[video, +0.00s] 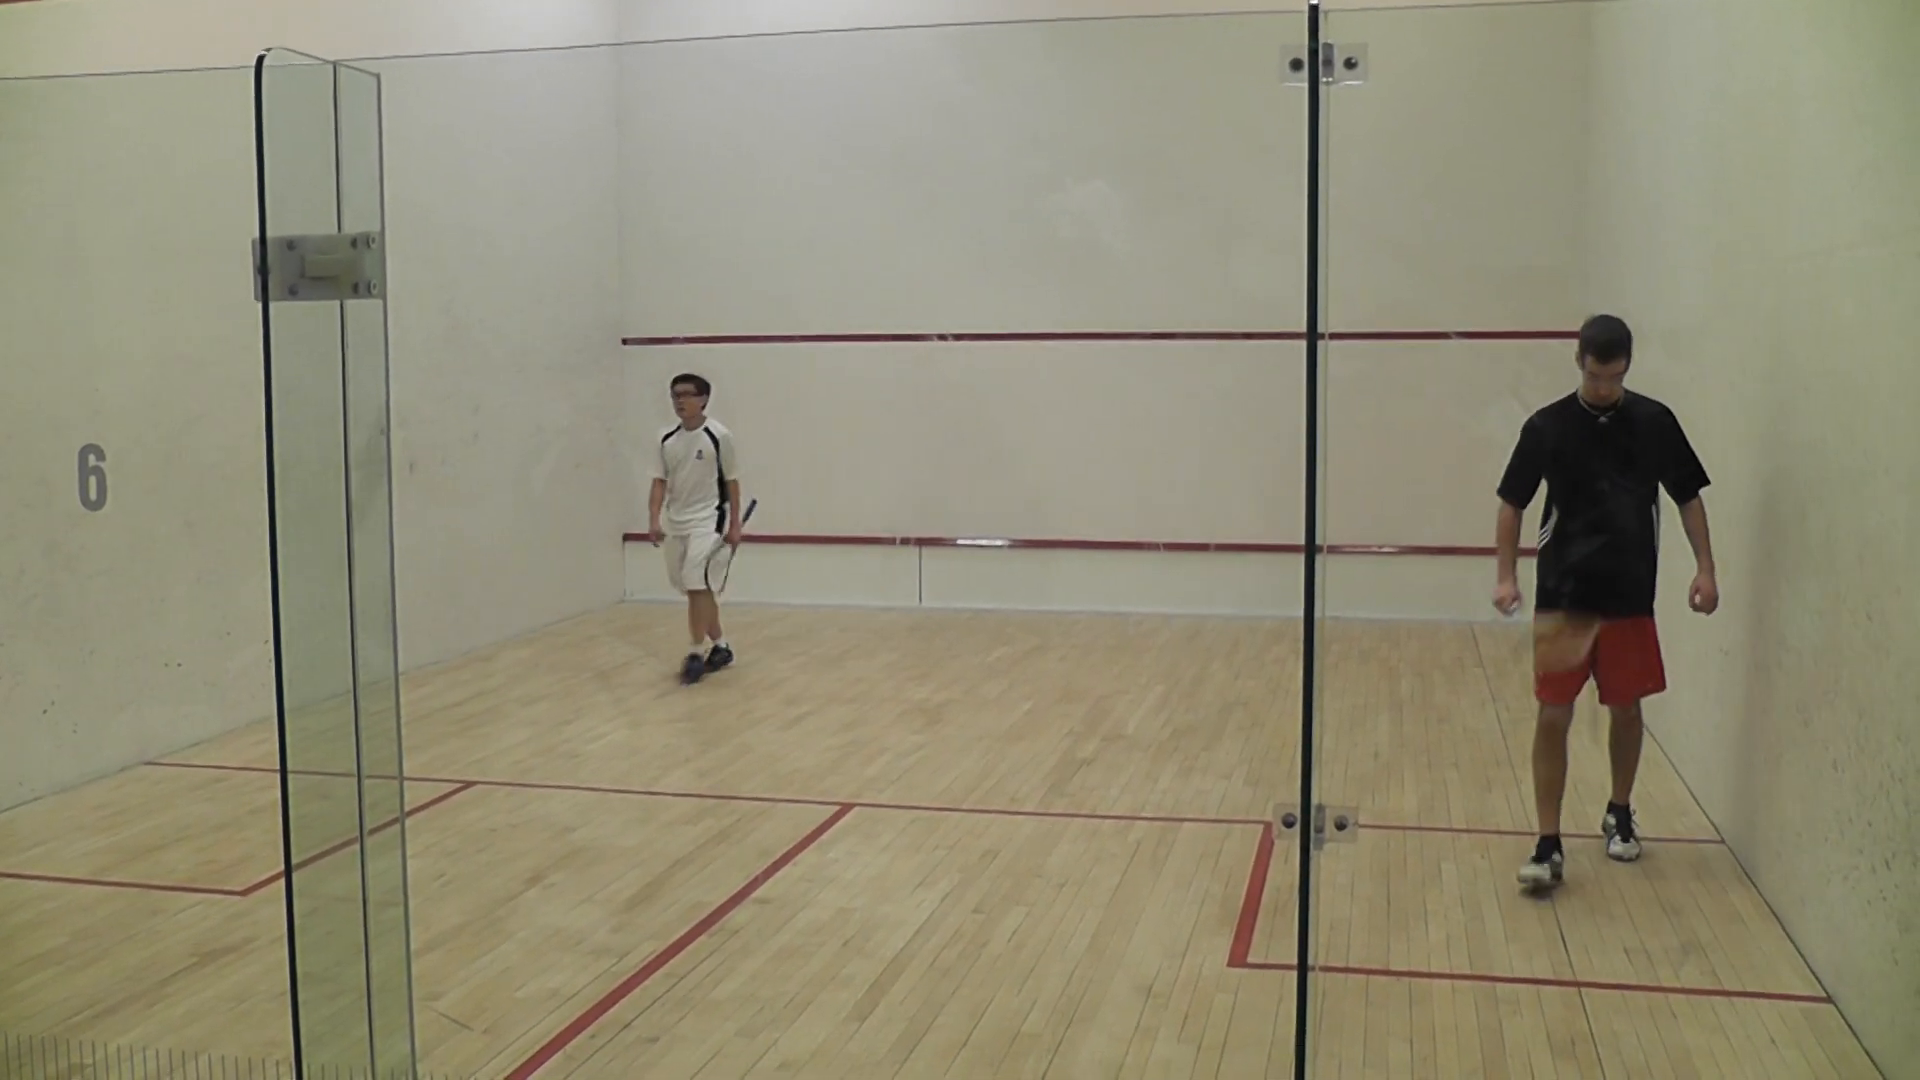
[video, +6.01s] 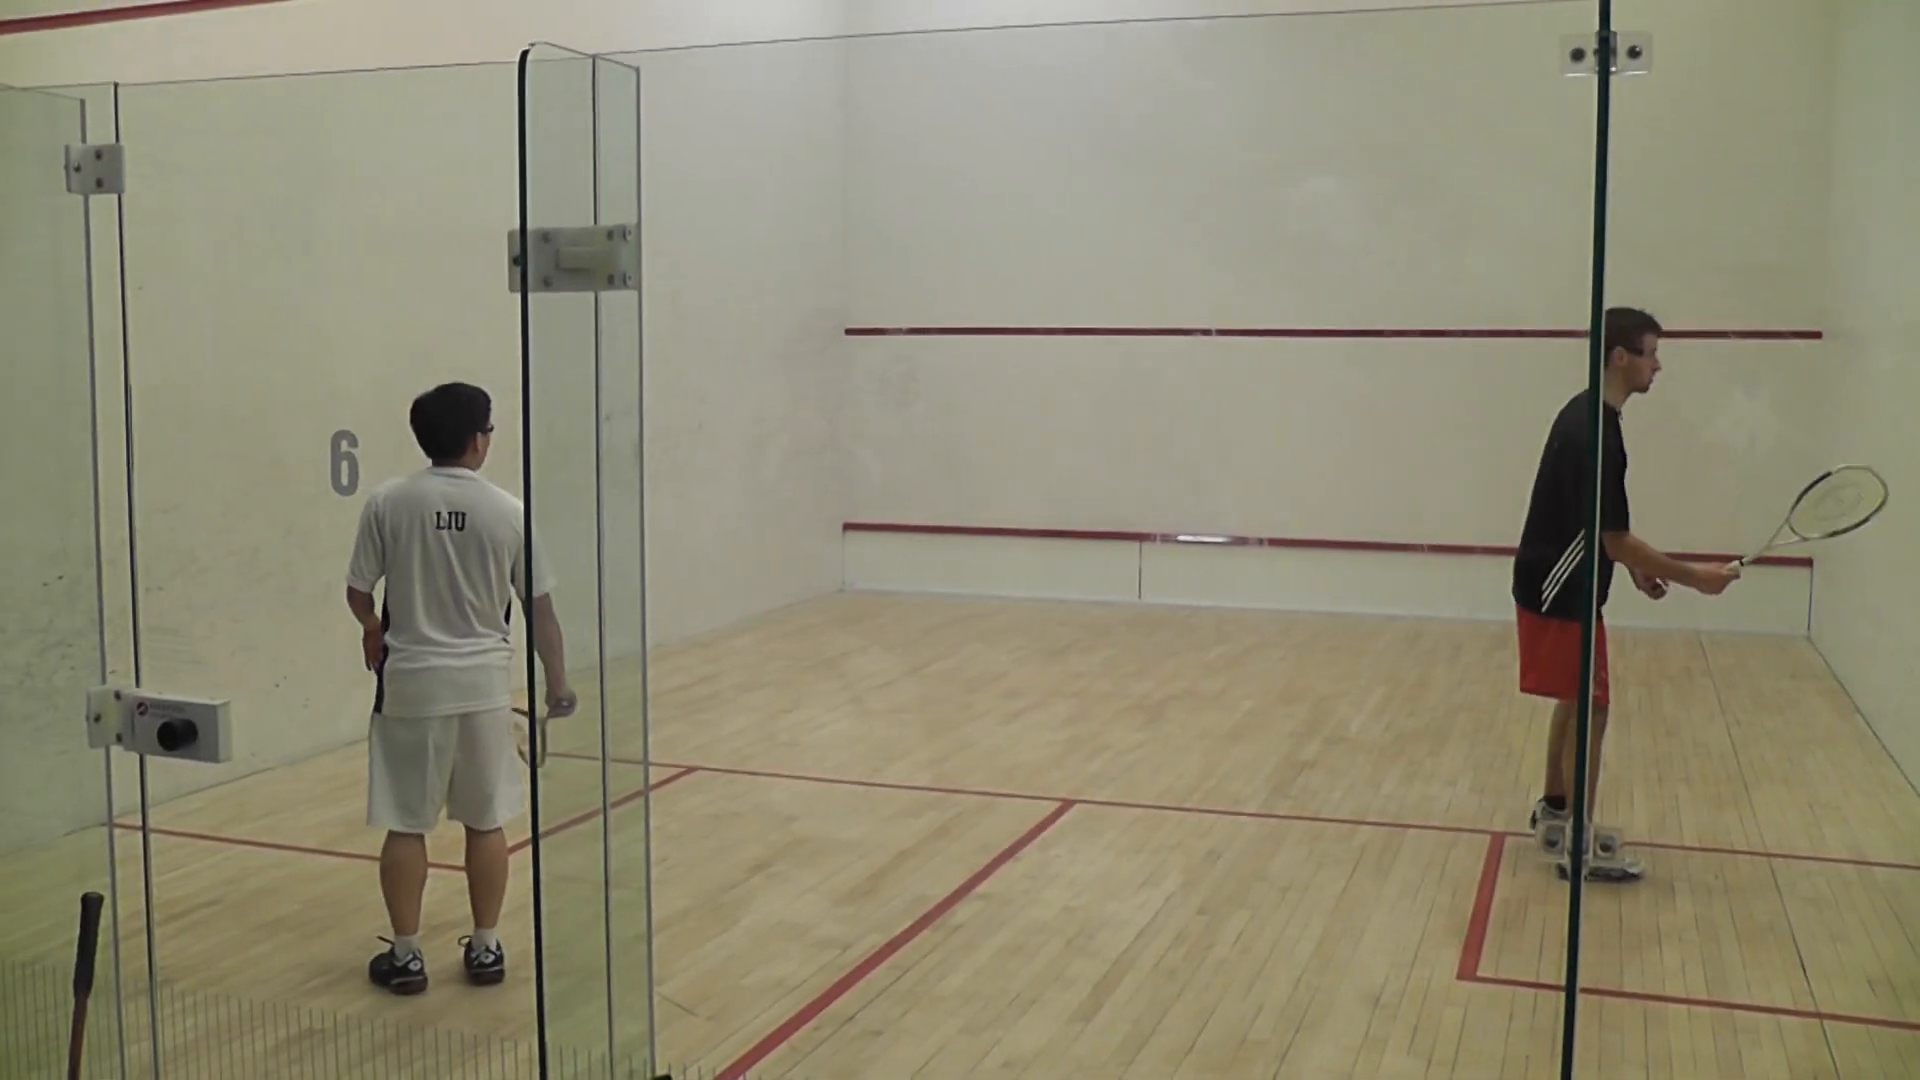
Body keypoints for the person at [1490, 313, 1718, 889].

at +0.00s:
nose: (1605, 388)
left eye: (1615, 377)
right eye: (1597, 376)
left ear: (1629, 367)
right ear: (1579, 362)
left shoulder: (1654, 423)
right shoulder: (1547, 428)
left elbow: (1688, 495)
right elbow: (1512, 502)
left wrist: (1706, 568)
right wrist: (1505, 575)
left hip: (1629, 596)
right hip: (1563, 595)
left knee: (1626, 710)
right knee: (1553, 715)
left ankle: (1620, 813)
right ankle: (1547, 845)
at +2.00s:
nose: (1633, 380)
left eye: (1638, 369)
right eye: (1622, 371)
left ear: (1642, 360)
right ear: (1597, 363)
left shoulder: (1650, 428)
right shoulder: (1572, 400)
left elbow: (1645, 521)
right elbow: (1647, 405)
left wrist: (1671, 533)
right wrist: (1752, 375)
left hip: (1623, 616)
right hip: (1579, 614)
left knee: (1618, 765)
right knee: (1601, 774)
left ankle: (1569, 897)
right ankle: (1622, 947)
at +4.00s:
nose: (1465, 380)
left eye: (1470, 369)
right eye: (1465, 366)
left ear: (1430, 349)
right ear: (1443, 351)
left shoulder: (1373, 397)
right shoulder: (1401, 410)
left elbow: (1341, 480)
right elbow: (1396, 512)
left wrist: (1355, 546)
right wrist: (1423, 591)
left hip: (1348, 576)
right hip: (1376, 582)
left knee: (1347, 694)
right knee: (1372, 700)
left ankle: (1340, 813)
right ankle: (1354, 829)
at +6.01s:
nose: (1658, 365)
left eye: (1657, 354)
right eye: (1651, 355)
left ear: (1617, 358)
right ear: (1620, 357)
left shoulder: (1587, 414)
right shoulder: (1596, 429)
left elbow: (1599, 517)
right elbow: (1613, 537)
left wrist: (1638, 564)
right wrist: (1694, 575)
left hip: (1553, 588)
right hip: (1566, 597)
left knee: (1574, 698)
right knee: (1592, 708)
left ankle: (1556, 812)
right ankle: (1579, 844)